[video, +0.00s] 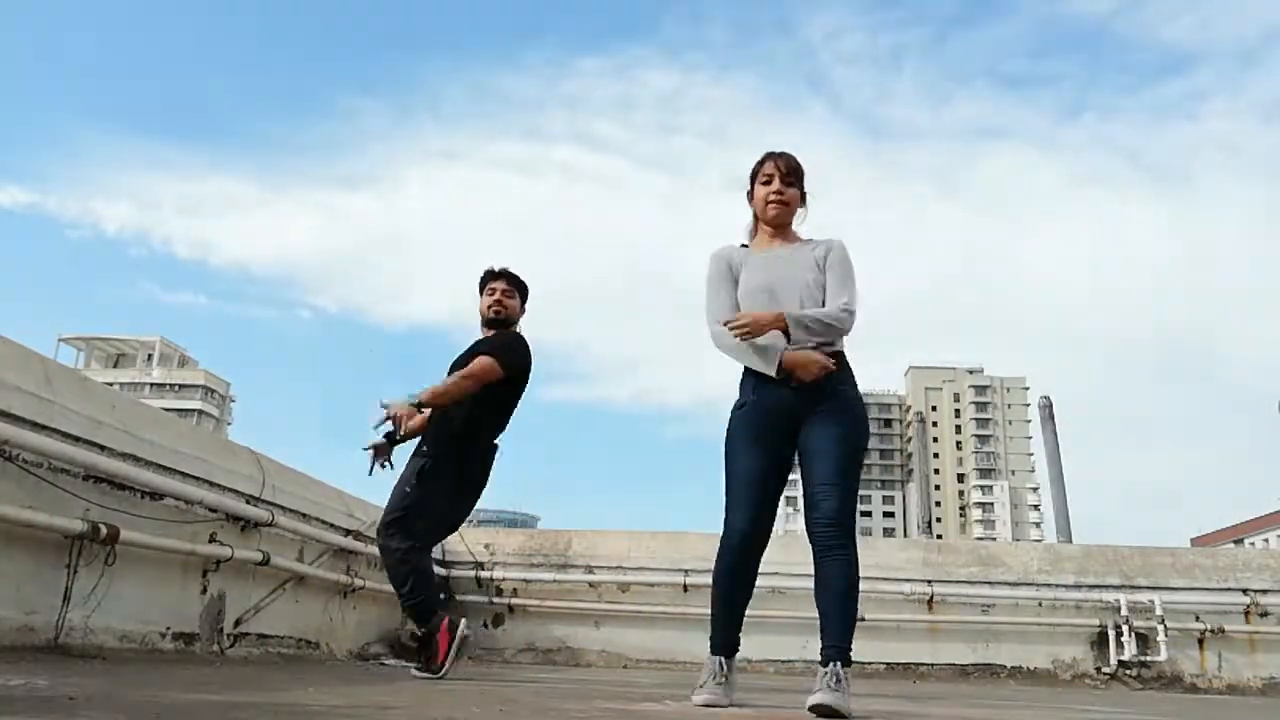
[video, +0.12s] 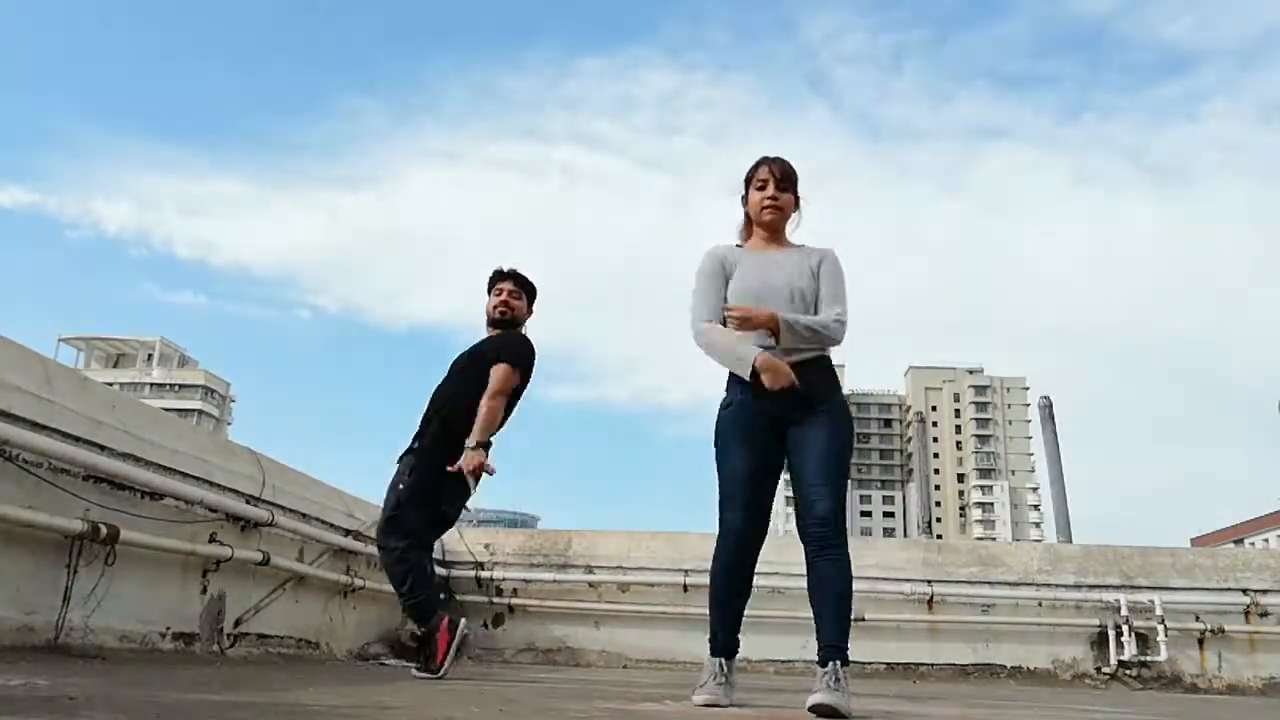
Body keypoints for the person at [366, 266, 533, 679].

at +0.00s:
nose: (498, 298)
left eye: (508, 294)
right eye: (491, 292)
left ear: (521, 308)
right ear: (480, 303)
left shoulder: (510, 345)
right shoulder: (479, 352)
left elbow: (469, 383)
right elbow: (441, 410)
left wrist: (417, 402)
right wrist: (393, 438)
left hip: (452, 460)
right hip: (446, 457)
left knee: (395, 534)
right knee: (409, 540)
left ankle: (435, 625)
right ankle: (432, 629)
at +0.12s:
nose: (504, 298)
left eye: (515, 295)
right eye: (498, 292)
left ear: (528, 310)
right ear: (487, 303)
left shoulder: (515, 344)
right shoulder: (489, 348)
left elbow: (497, 396)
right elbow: (460, 402)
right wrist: (422, 447)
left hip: (438, 458)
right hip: (434, 456)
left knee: (395, 539)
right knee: (409, 542)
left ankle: (436, 625)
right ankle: (432, 630)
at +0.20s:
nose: (506, 300)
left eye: (517, 297)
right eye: (500, 295)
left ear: (530, 313)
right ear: (489, 306)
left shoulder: (519, 343)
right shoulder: (493, 353)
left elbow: (523, 401)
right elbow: (497, 425)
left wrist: (528, 456)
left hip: (440, 456)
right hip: (451, 463)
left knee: (394, 538)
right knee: (410, 542)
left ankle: (433, 623)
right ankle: (431, 630)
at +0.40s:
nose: (517, 299)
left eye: (527, 296)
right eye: (511, 294)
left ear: (540, 311)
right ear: (500, 305)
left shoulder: (530, 342)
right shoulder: (502, 350)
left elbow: (528, 396)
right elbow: (482, 413)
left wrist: (520, 447)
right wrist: (484, 477)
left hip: (465, 458)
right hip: (449, 456)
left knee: (414, 537)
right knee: (408, 537)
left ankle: (453, 630)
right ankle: (439, 633)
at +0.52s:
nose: (523, 298)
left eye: (534, 295)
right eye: (516, 293)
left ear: (546, 311)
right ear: (505, 305)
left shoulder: (538, 346)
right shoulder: (503, 355)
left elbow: (510, 391)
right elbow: (476, 418)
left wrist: (468, 428)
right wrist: (440, 460)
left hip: (499, 465)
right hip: (474, 463)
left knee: (462, 548)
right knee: (426, 534)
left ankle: (478, 650)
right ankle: (472, 629)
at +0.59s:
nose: (526, 301)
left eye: (536, 298)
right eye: (519, 295)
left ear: (548, 312)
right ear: (508, 305)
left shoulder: (544, 350)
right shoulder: (504, 362)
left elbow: (507, 391)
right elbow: (471, 421)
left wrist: (455, 413)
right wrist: (423, 453)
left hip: (515, 468)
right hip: (489, 466)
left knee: (469, 549)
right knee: (445, 544)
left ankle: (481, 650)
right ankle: (515, 611)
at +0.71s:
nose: (530, 301)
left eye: (540, 298)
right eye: (523, 295)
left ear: (551, 312)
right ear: (511, 306)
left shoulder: (551, 351)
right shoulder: (505, 364)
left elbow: (509, 390)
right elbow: (469, 416)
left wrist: (451, 402)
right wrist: (419, 439)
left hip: (525, 469)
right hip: (503, 468)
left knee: (480, 550)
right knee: (488, 558)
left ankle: (482, 650)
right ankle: (552, 628)